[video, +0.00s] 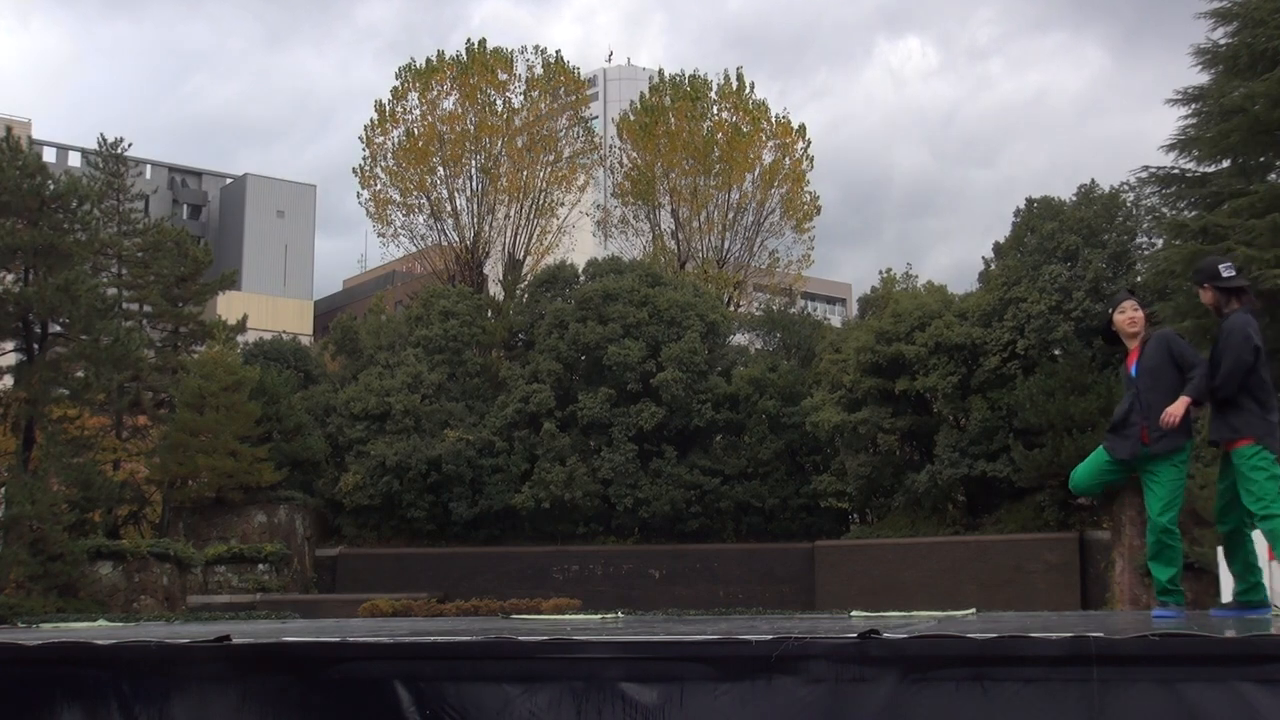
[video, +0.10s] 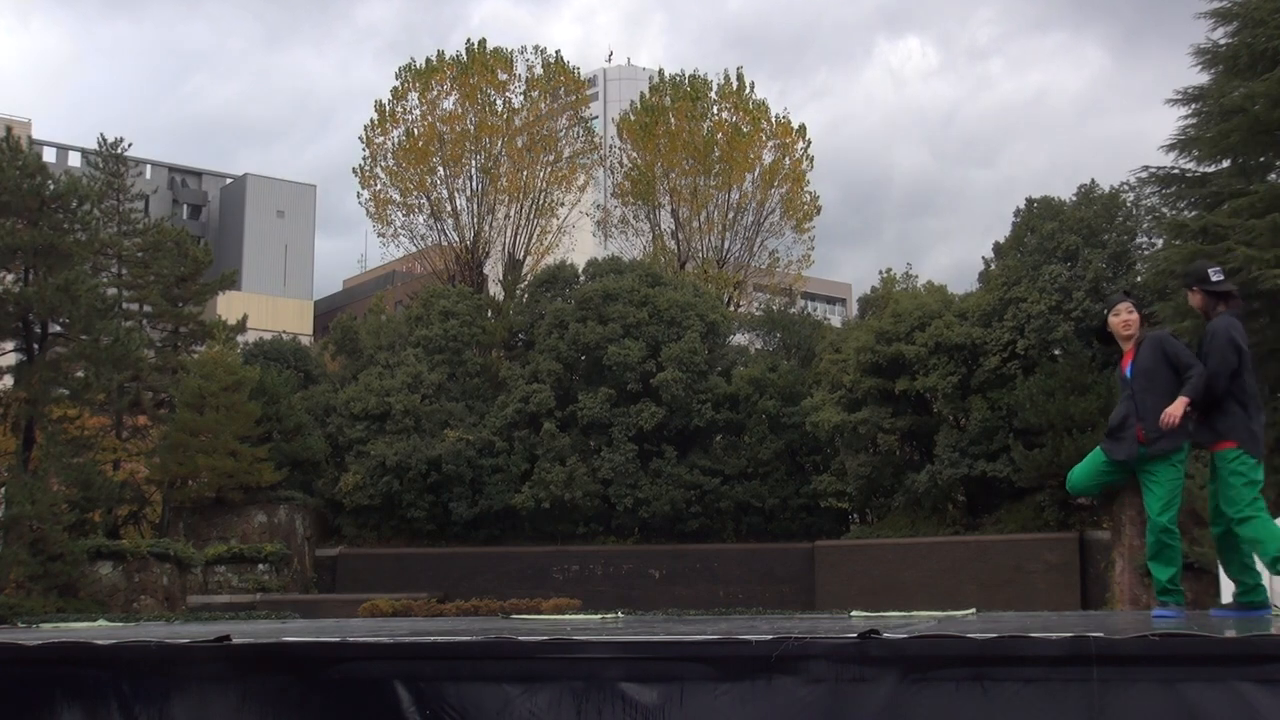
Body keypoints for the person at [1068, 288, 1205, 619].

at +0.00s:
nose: (1132, 314)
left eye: (1136, 309)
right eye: (1124, 312)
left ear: (1145, 316)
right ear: (1114, 325)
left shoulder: (1164, 339)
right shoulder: (1127, 363)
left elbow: (1201, 368)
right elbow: (1140, 398)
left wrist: (1184, 400)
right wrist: (1127, 424)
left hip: (1166, 446)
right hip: (1126, 442)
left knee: (1161, 523)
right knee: (1079, 482)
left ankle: (1169, 600)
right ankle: (1126, 473)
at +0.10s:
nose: (1126, 318)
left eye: (1130, 312)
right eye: (1118, 315)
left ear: (1141, 318)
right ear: (1109, 327)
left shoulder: (1159, 341)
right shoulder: (1122, 364)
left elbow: (1197, 371)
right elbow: (1135, 400)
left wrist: (1180, 401)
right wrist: (1123, 426)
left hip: (1164, 446)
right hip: (1124, 443)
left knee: (1161, 523)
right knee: (1076, 483)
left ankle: (1169, 600)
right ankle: (1127, 471)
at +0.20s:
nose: (1116, 320)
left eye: (1121, 314)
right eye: (1109, 317)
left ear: (1132, 319)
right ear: (1101, 328)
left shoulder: (1151, 341)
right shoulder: (1115, 366)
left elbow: (1192, 369)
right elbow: (1128, 402)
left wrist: (1175, 401)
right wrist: (1118, 427)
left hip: (1159, 447)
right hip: (1119, 445)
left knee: (1160, 523)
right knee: (1073, 485)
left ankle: (1169, 599)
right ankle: (1116, 477)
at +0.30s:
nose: (1106, 322)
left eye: (1110, 316)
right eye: (1098, 319)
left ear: (1121, 321)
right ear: (1090, 330)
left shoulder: (1142, 343)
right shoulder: (1106, 370)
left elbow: (1184, 369)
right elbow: (1120, 408)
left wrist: (1167, 401)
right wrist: (1109, 435)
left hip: (1154, 448)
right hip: (1113, 448)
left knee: (1156, 523)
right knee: (1070, 490)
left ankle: (1170, 599)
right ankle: (1110, 508)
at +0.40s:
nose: (1095, 324)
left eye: (1100, 317)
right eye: (1088, 321)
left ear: (1111, 323)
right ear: (1081, 332)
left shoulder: (1134, 347)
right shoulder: (1091, 375)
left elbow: (1173, 375)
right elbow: (1098, 427)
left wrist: (1152, 403)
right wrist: (1062, 441)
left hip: (1148, 451)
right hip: (1108, 456)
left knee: (1151, 525)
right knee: (1074, 504)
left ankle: (1170, 599)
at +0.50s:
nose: (1084, 329)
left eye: (1089, 323)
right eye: (1077, 325)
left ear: (1101, 329)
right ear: (1069, 335)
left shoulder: (1115, 357)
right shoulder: (1076, 381)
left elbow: (1156, 384)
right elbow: (1075, 426)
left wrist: (1134, 407)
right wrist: (1041, 434)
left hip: (1137, 458)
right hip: (1100, 467)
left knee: (1142, 527)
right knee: (1087, 531)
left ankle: (1169, 599)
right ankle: (1093, 601)